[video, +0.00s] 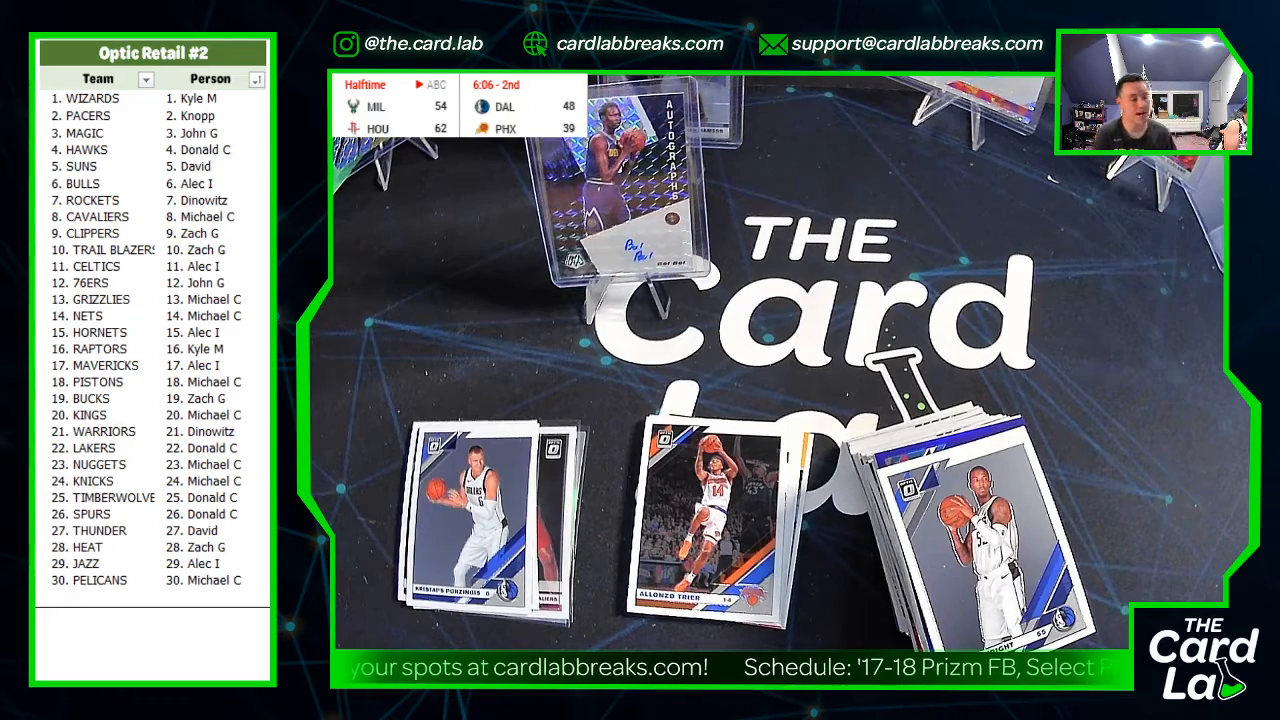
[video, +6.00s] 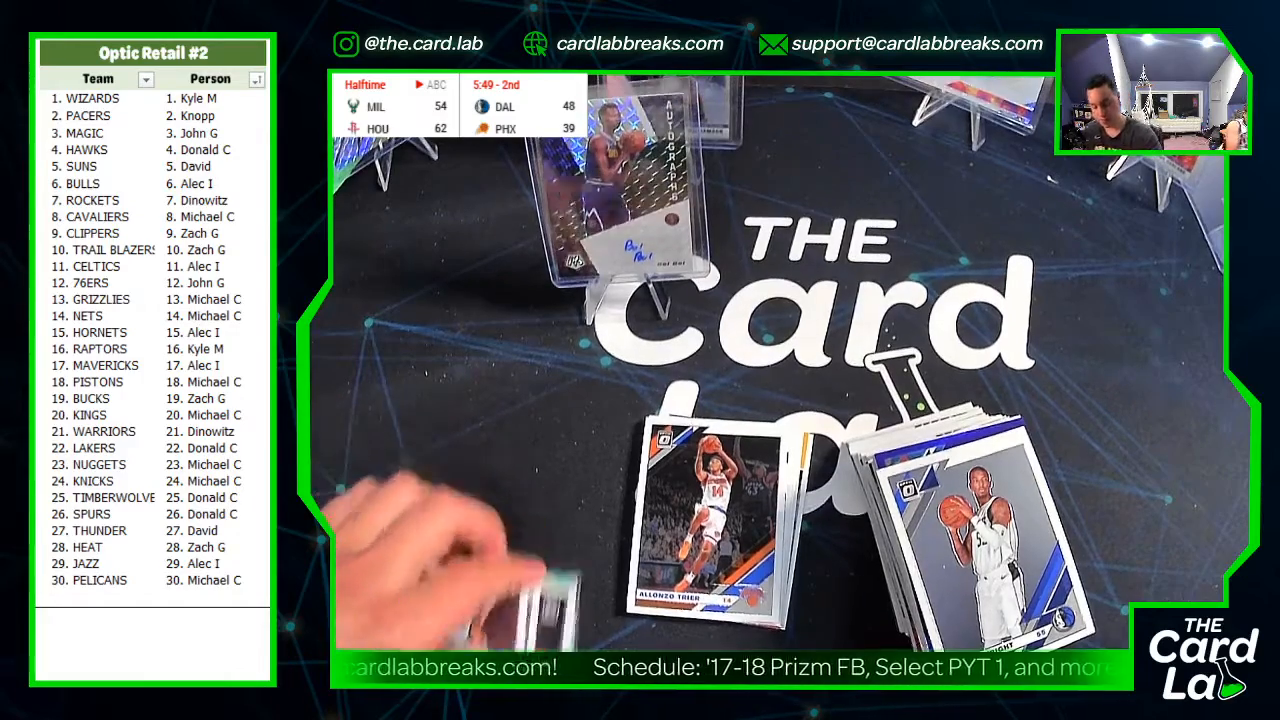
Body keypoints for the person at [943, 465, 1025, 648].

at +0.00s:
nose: (980, 483)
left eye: (984, 479)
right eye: (976, 480)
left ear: (990, 482)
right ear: (970, 485)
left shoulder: (1000, 504)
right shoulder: (975, 518)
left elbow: (998, 539)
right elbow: (965, 559)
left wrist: (973, 517)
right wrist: (953, 531)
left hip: (1007, 579)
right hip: (985, 584)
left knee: (1018, 633)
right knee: (992, 640)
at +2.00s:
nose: (980, 483)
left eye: (984, 479)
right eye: (976, 480)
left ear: (990, 482)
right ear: (970, 485)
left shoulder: (1000, 504)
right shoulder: (975, 518)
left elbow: (997, 539)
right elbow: (965, 559)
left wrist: (973, 517)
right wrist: (953, 530)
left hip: (1007, 579)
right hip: (985, 584)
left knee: (1018, 632)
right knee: (992, 639)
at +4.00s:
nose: (980, 483)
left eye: (984, 479)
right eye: (976, 480)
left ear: (990, 481)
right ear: (970, 485)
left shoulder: (1000, 504)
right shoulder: (974, 517)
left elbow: (996, 538)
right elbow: (965, 559)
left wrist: (972, 516)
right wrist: (953, 530)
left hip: (1007, 579)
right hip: (985, 585)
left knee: (1018, 632)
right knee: (992, 640)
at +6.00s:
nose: (980, 484)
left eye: (983, 480)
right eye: (975, 481)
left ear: (990, 482)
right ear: (970, 486)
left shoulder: (999, 504)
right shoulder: (974, 519)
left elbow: (997, 539)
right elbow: (965, 559)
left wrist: (972, 516)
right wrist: (953, 531)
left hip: (1006, 578)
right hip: (984, 585)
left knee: (1017, 632)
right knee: (991, 639)